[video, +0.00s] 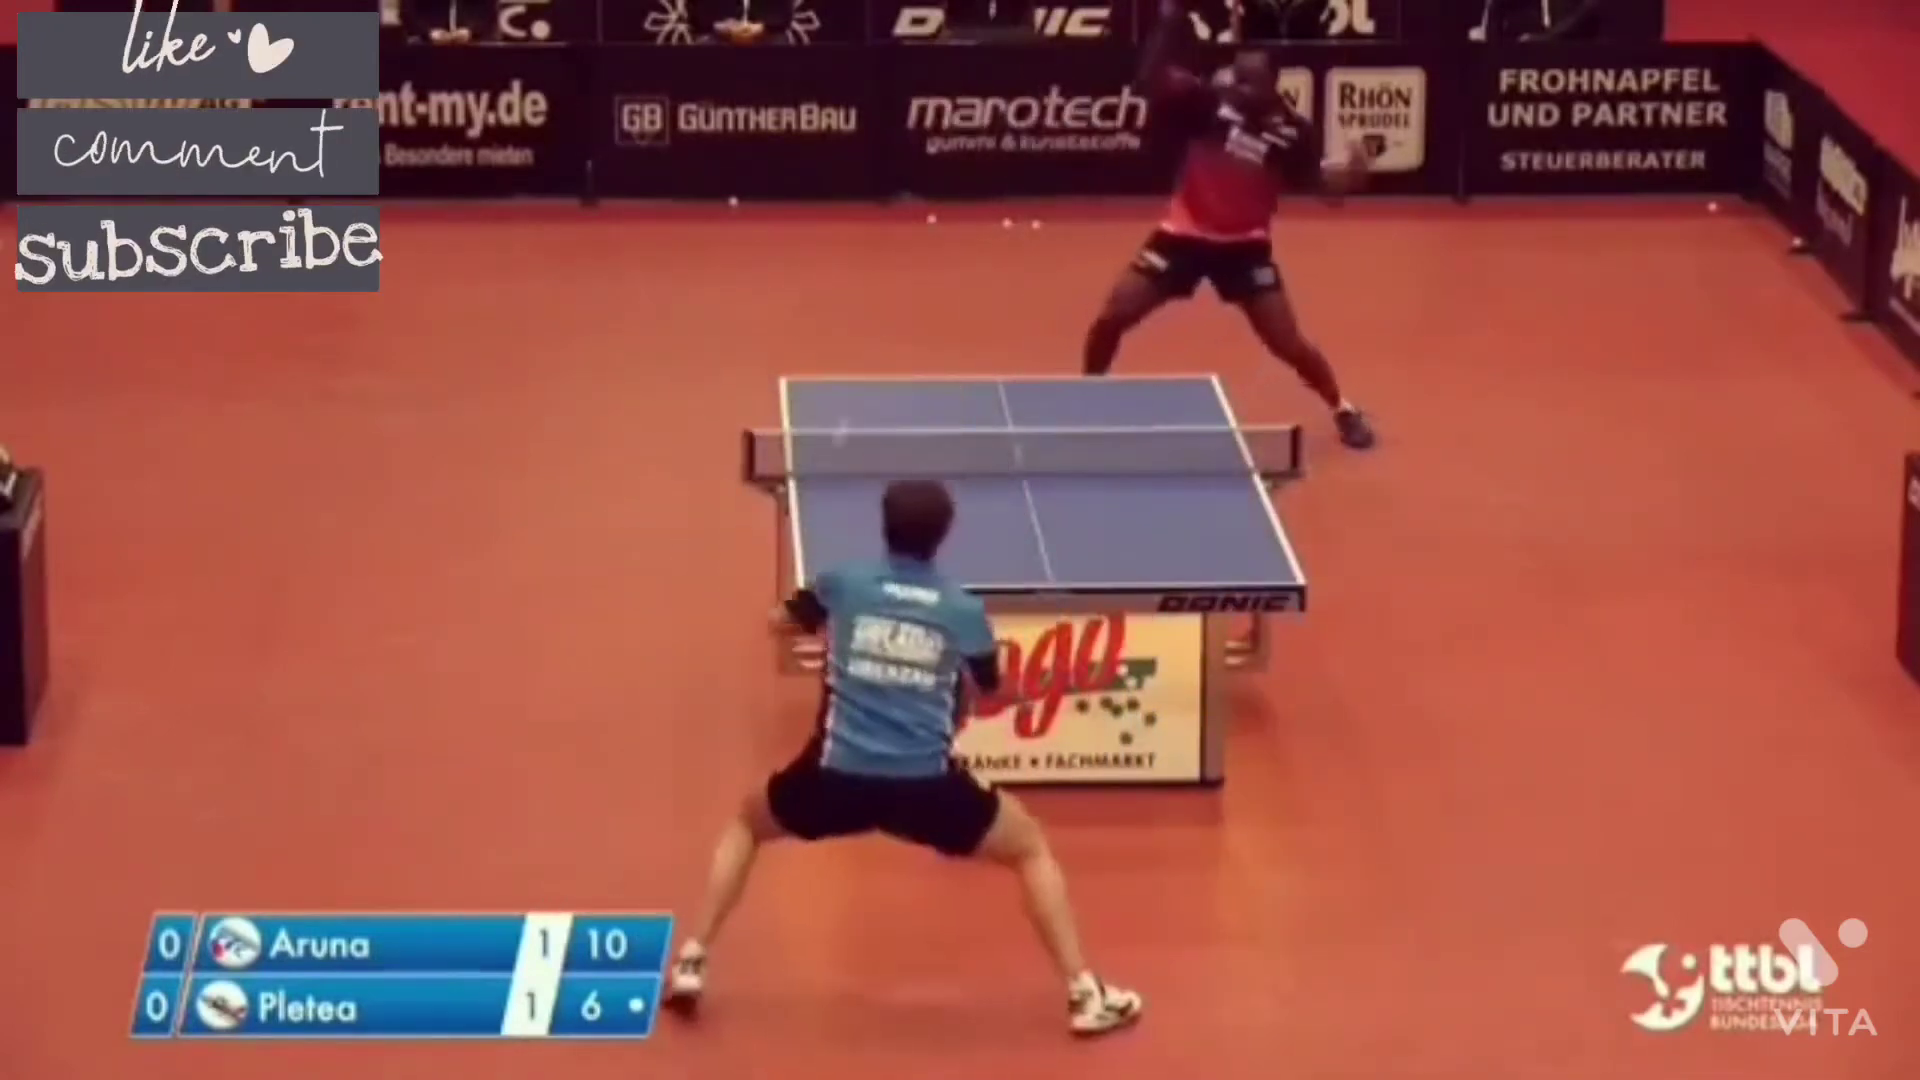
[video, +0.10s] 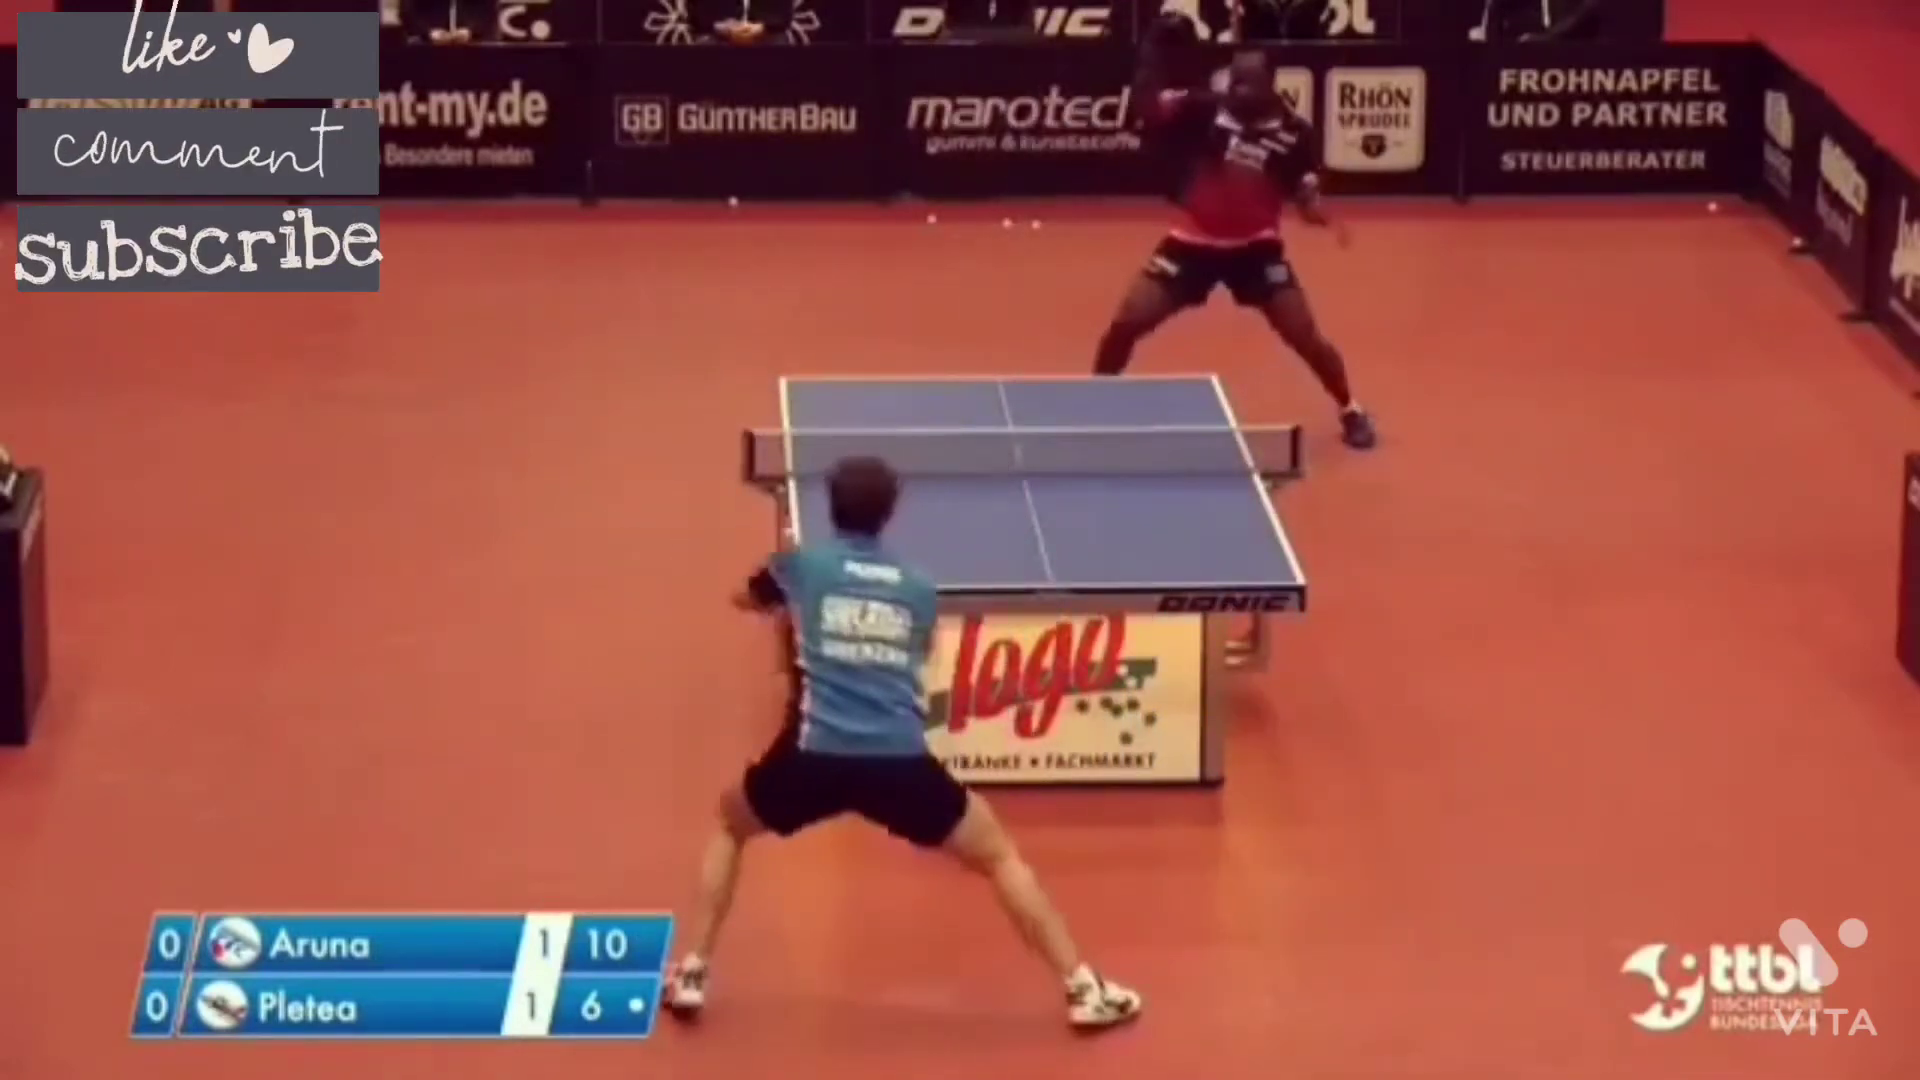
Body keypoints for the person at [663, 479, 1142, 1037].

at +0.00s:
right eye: (937, 521)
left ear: (885, 528)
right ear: (942, 535)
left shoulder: (842, 583)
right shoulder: (962, 610)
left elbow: (788, 620)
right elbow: (989, 696)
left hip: (836, 780)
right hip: (926, 787)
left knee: (749, 826)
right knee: (1030, 850)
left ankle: (692, 957)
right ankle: (1085, 992)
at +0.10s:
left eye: (844, 495)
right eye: (879, 499)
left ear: (832, 509)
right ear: (888, 514)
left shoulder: (803, 566)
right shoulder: (920, 588)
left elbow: (746, 599)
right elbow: (915, 655)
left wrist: (788, 562)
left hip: (814, 762)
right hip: (900, 766)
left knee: (731, 826)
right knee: (999, 860)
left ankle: (692, 969)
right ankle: (1083, 985)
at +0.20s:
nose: (733, 461)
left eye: (738, 453)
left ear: (744, 464)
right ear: (798, 466)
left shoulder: (736, 514)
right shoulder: (824, 527)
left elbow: (690, 532)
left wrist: (739, 514)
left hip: (777, 719)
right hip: (857, 716)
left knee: (718, 828)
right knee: (945, 848)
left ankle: (690, 970)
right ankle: (1034, 967)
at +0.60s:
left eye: (630, 439)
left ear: (625, 453)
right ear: (684, 444)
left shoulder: (615, 529)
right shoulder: (731, 503)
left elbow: (578, 606)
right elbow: (828, 486)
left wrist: (540, 661)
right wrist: (851, 401)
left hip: (667, 719)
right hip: (748, 710)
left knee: (619, 848)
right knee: (804, 833)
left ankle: (614, 993)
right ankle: (861, 965)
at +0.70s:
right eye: (685, 426)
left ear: (628, 440)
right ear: (691, 435)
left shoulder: (612, 519)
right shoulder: (730, 501)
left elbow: (580, 602)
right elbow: (829, 535)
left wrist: (558, 661)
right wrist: (842, 465)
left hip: (653, 715)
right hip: (737, 710)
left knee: (603, 835)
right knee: (794, 834)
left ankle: (614, 981)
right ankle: (821, 984)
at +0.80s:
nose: (712, 455)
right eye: (712, 446)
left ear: (648, 455)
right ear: (710, 454)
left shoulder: (619, 525)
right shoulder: (738, 529)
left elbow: (556, 605)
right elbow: (806, 604)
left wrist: (560, 652)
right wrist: (828, 547)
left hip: (641, 726)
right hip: (725, 728)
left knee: (578, 825)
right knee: (780, 861)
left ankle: (547, 976)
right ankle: (791, 1015)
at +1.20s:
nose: (748, 521)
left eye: (743, 509)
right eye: (745, 514)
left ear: (684, 513)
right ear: (737, 531)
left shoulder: (648, 549)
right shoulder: (706, 621)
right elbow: (716, 727)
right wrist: (783, 763)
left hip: (536, 727)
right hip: (599, 755)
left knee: (495, 825)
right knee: (723, 831)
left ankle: (395, 912)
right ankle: (703, 981)